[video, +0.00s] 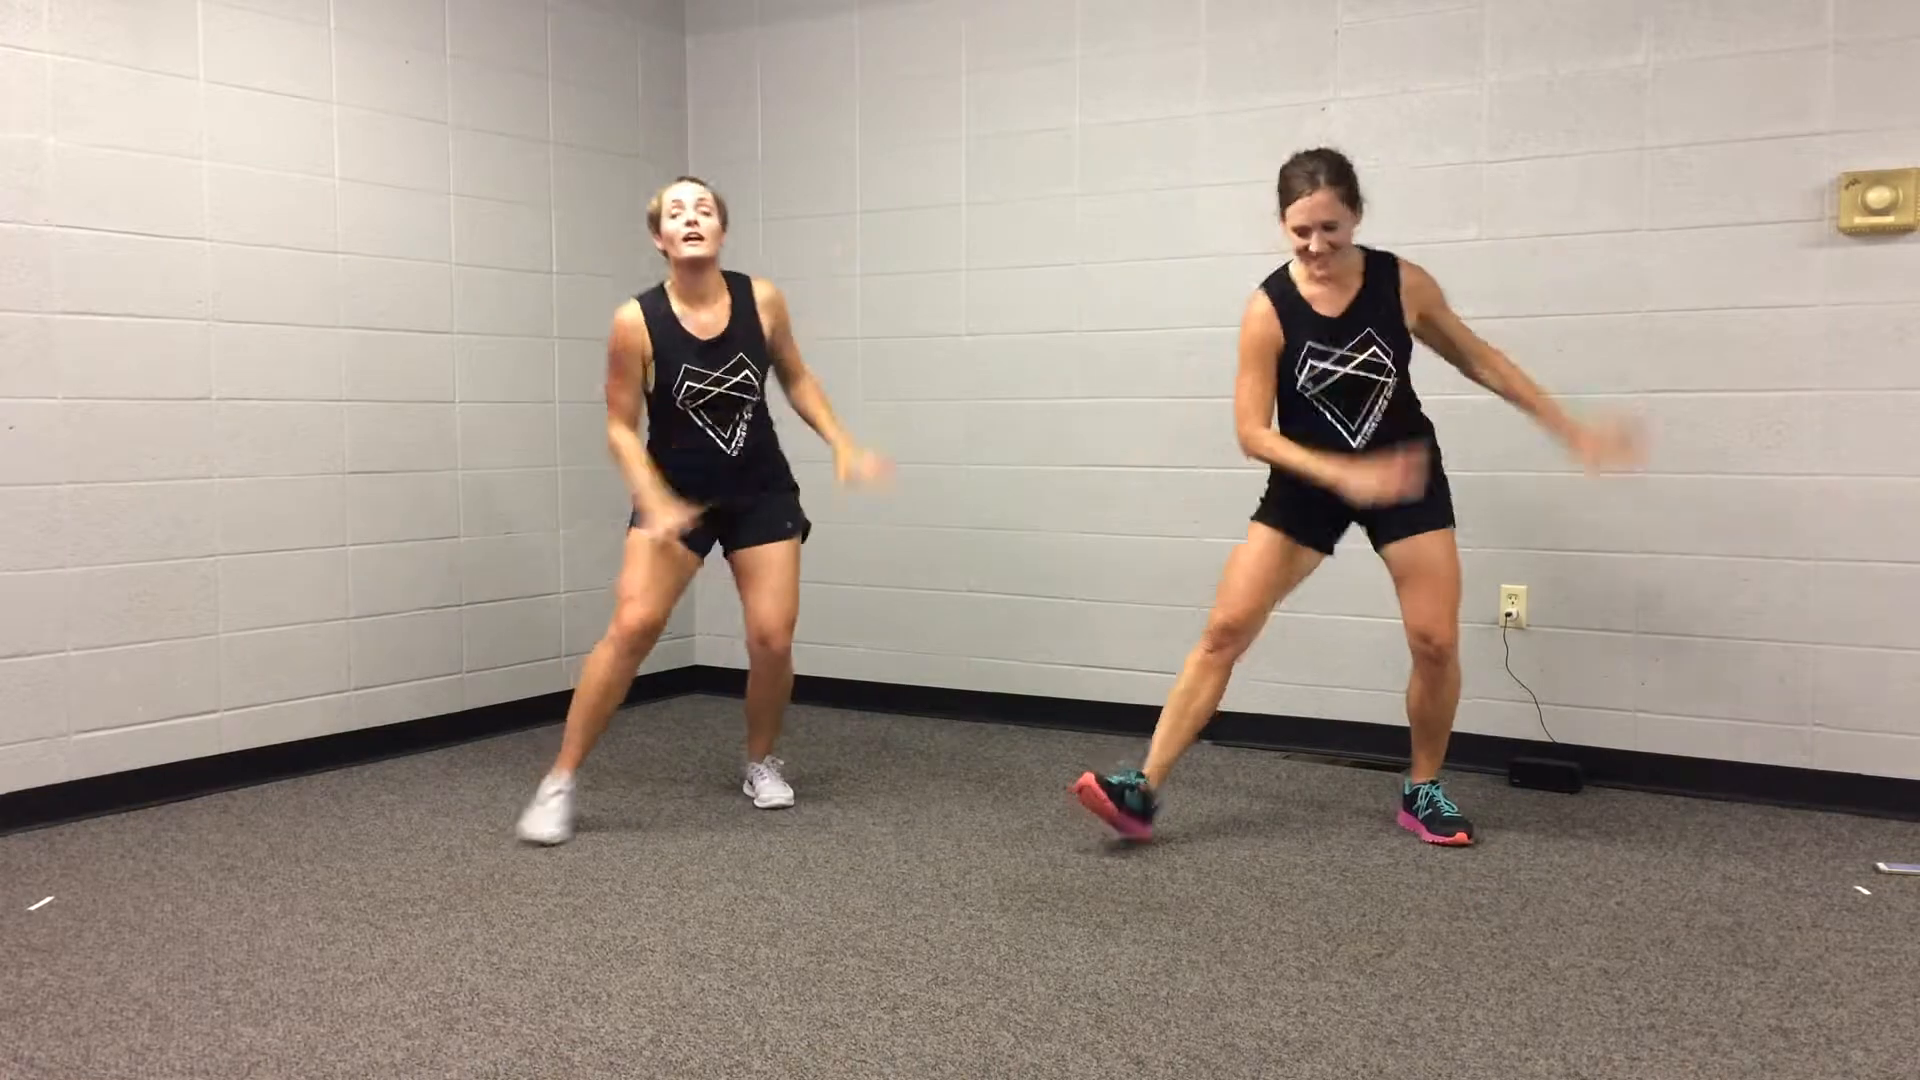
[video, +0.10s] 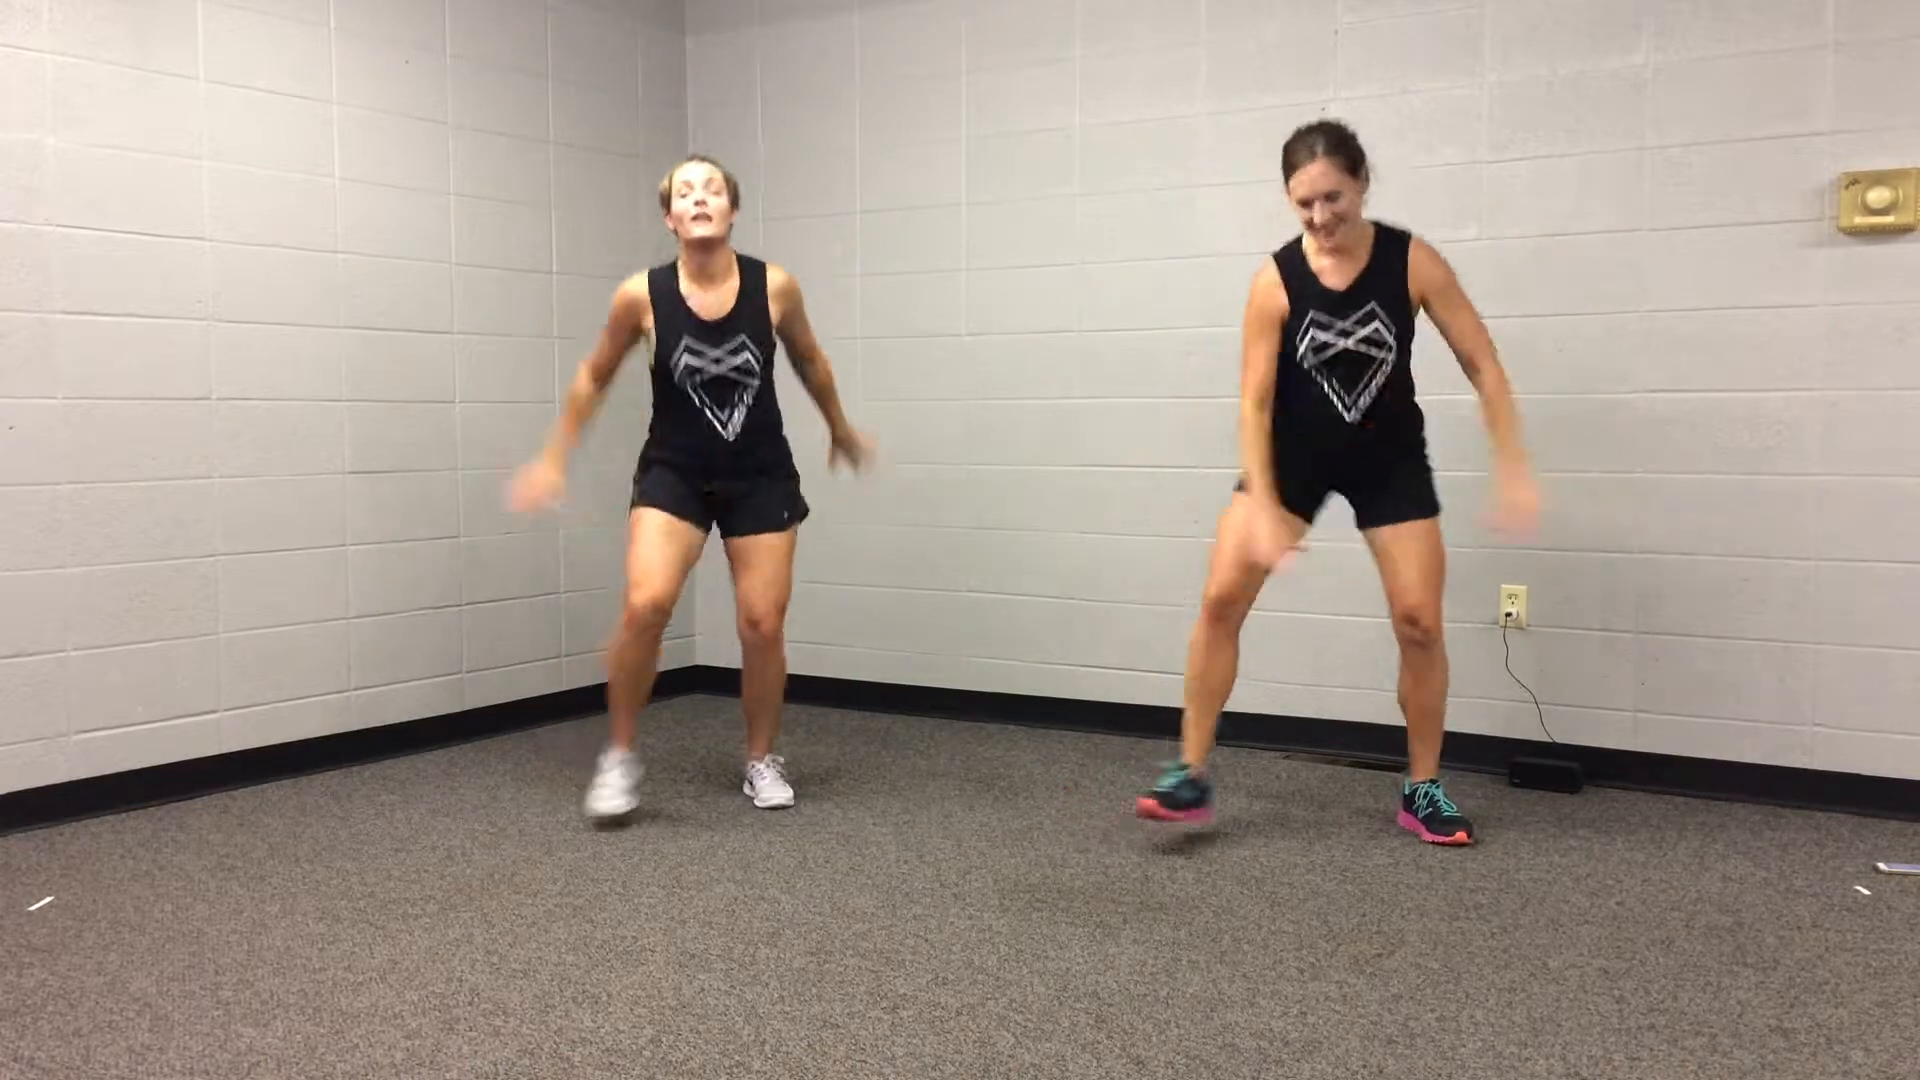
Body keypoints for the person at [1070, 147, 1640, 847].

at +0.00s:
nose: (1317, 244)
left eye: (1331, 228)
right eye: (1303, 230)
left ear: (1356, 216)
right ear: (1283, 224)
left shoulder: (1403, 286)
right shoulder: (1268, 311)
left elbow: (1479, 359)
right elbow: (1254, 435)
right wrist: (1342, 474)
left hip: (1401, 468)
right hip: (1307, 475)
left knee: (1435, 641)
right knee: (1224, 630)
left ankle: (1424, 789)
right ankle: (1144, 786)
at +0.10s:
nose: (1320, 215)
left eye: (1332, 198)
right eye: (1305, 202)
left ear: (1361, 186)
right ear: (1290, 200)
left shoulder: (1413, 263)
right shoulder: (1276, 281)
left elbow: (1483, 366)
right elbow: (1255, 401)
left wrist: (1511, 466)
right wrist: (1262, 504)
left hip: (1388, 456)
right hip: (1293, 456)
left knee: (1419, 622)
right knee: (1221, 600)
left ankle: (1424, 786)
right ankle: (1190, 773)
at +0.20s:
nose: (1315, 182)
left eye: (1327, 165)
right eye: (1300, 171)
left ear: (1360, 158)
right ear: (1287, 173)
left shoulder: (1409, 238)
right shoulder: (1268, 254)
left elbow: (1459, 351)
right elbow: (1227, 361)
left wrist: (1409, 427)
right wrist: (1190, 449)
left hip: (1364, 439)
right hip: (1272, 432)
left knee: (1390, 614)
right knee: (1236, 596)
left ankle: (1420, 784)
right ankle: (1229, 769)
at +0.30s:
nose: (1307, 172)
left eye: (1319, 156)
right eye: (1293, 161)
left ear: (1351, 157)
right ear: (1280, 170)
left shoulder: (1394, 249)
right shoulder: (1257, 250)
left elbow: (1410, 373)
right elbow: (1204, 354)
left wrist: (1346, 447)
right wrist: (1174, 448)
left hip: (1345, 452)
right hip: (1254, 448)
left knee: (1374, 624)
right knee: (1245, 614)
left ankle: (1418, 784)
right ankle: (1241, 783)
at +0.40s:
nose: (1297, 157)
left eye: (1310, 145)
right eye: (1283, 147)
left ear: (1335, 159)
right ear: (1265, 163)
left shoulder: (1368, 253)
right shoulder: (1234, 254)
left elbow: (1382, 370)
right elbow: (1166, 351)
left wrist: (1329, 454)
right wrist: (1220, 403)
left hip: (1335, 447)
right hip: (1244, 448)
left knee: (1378, 621)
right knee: (1239, 613)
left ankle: (1409, 777)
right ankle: (1242, 782)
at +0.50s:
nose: (1280, 156)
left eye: (1295, 146)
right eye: (1267, 148)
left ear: (1318, 168)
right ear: (1248, 171)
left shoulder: (1353, 250)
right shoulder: (1219, 253)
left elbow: (1394, 337)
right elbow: (1174, 338)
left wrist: (1323, 339)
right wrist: (1255, 289)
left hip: (1323, 444)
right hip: (1235, 448)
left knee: (1377, 570)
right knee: (1238, 624)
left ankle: (1362, 692)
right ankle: (1244, 783)